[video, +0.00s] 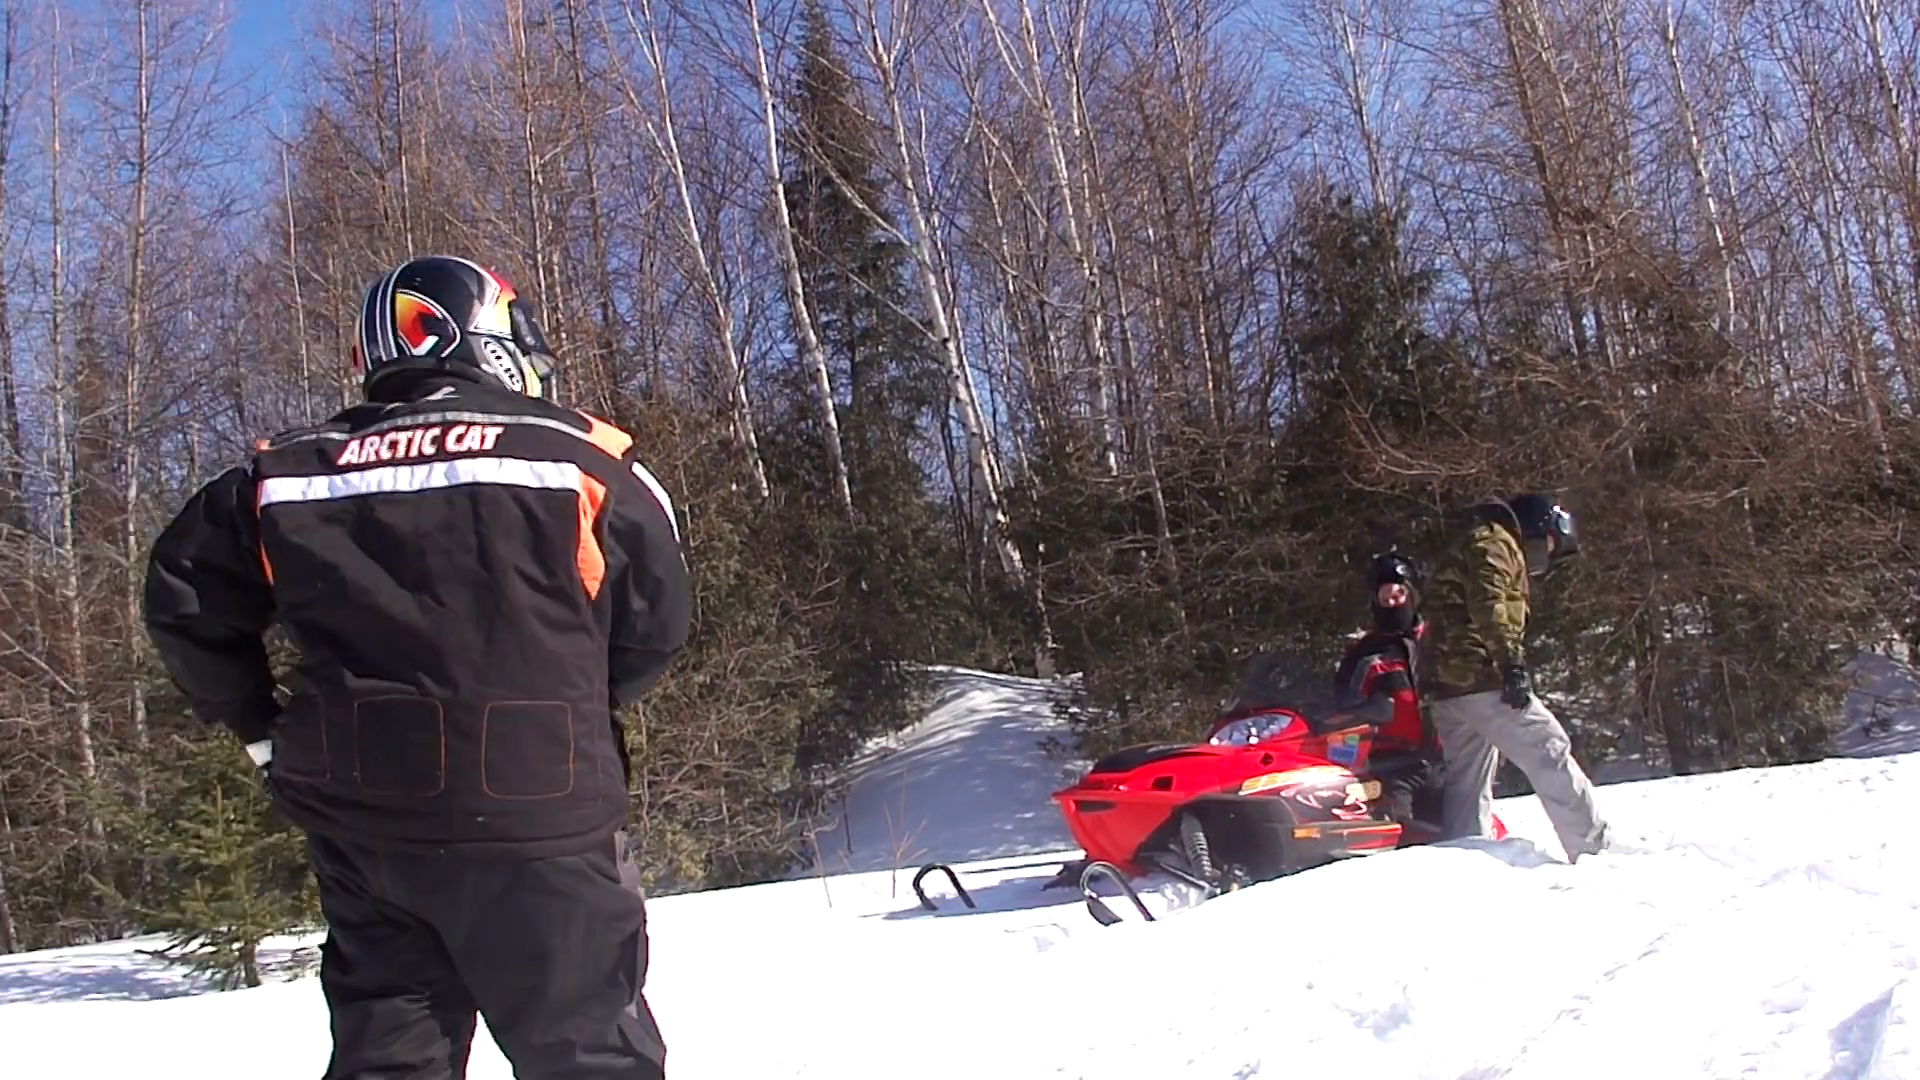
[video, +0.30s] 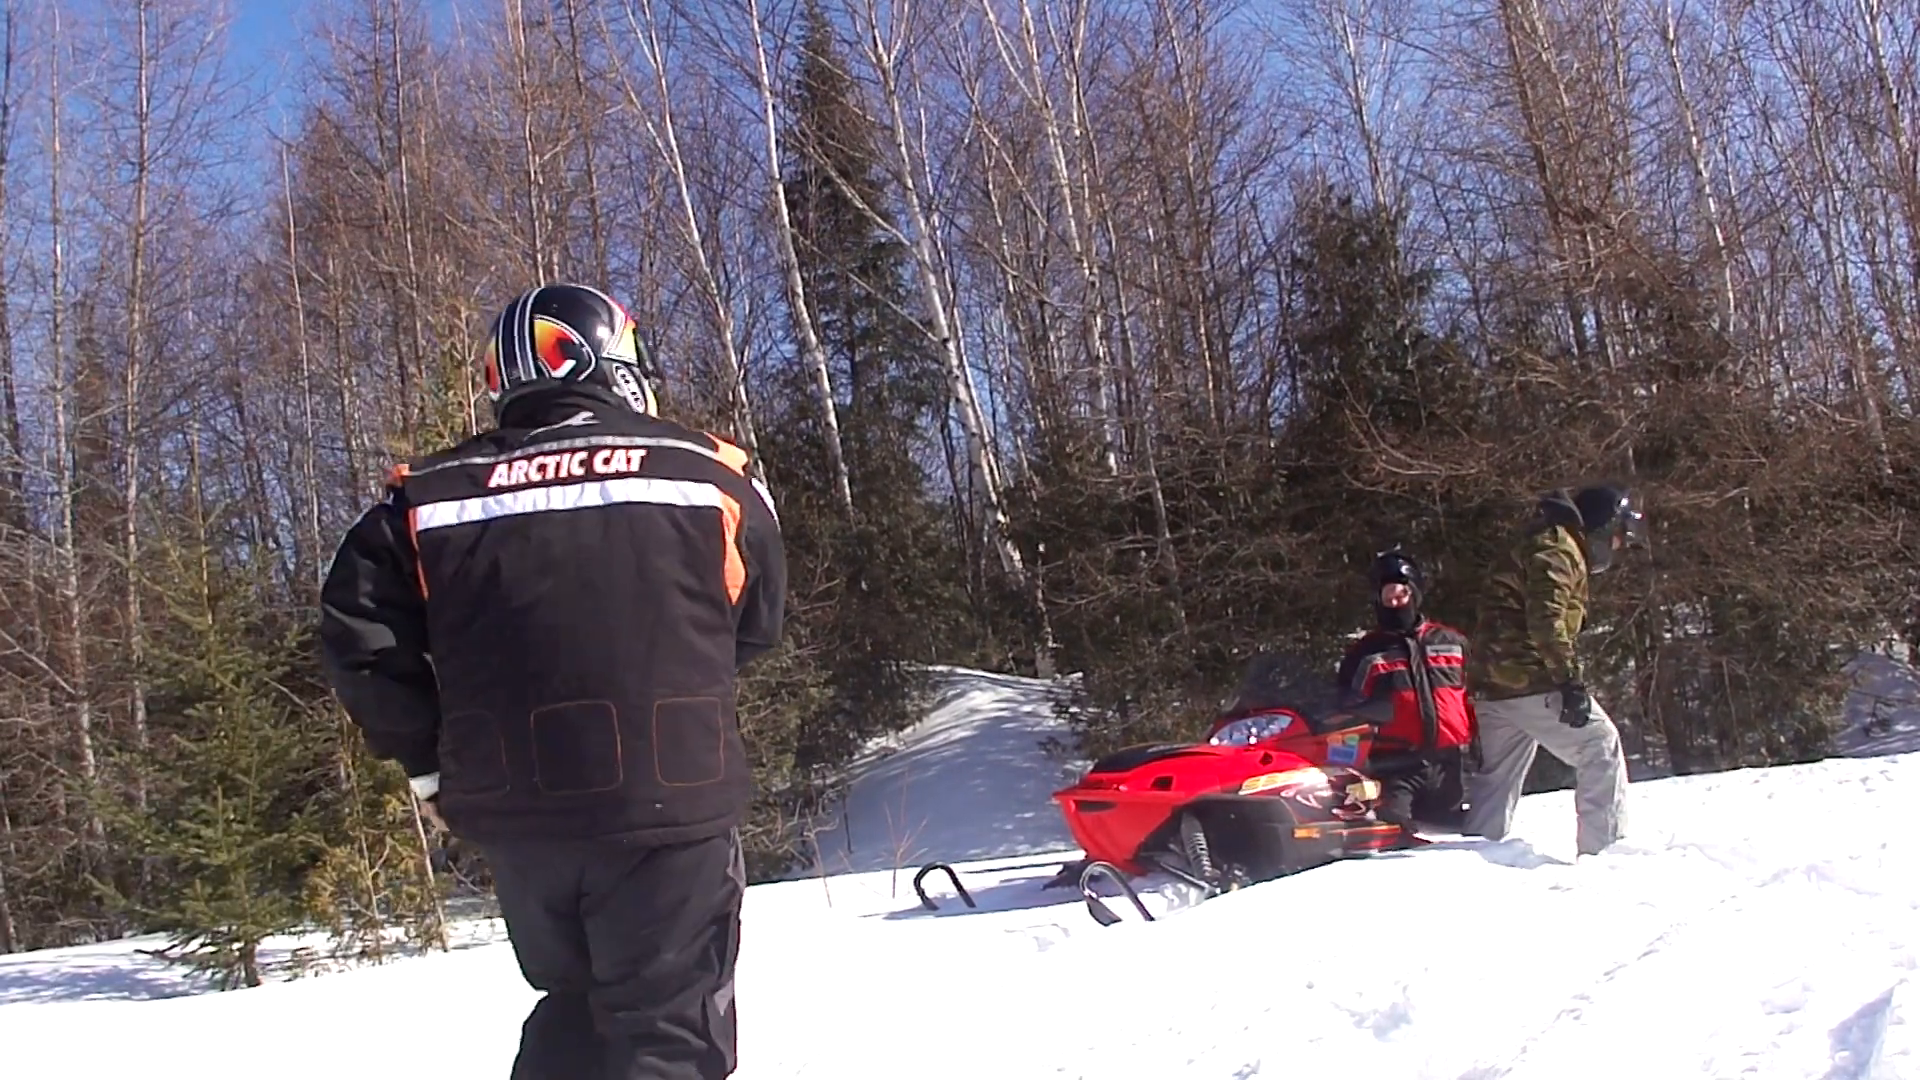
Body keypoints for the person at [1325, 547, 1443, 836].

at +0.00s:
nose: (1393, 603)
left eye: (1400, 595)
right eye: (1385, 596)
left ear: (1415, 597)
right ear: (1374, 601)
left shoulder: (1436, 643)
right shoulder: (1363, 652)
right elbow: (1343, 705)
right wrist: (1372, 708)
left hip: (1442, 760)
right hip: (1389, 765)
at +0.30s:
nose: (1396, 602)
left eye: (1403, 593)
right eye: (1389, 594)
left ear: (1416, 595)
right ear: (1377, 599)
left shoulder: (1452, 643)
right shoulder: (1365, 654)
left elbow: (1464, 698)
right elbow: (1346, 714)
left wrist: (1473, 741)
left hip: (1449, 766)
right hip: (1395, 769)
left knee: (1444, 828)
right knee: (1393, 830)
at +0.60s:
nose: (1399, 601)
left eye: (1405, 593)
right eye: (1391, 594)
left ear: (1418, 594)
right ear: (1379, 599)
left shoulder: (1455, 644)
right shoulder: (1365, 654)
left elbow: (1480, 691)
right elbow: (1347, 714)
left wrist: (1495, 737)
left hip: (1450, 766)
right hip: (1395, 769)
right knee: (1391, 836)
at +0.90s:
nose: (1398, 602)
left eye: (1405, 594)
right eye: (1391, 595)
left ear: (1419, 594)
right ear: (1380, 599)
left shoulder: (1455, 644)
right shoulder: (1366, 653)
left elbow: (1481, 693)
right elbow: (1346, 712)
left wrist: (1493, 739)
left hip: (1448, 763)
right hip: (1395, 765)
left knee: (1445, 824)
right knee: (1393, 825)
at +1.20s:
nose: (1398, 601)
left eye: (1405, 593)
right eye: (1391, 594)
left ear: (1418, 594)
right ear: (1379, 598)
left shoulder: (1455, 643)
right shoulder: (1365, 654)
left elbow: (1480, 692)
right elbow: (1346, 713)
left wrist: (1493, 738)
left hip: (1448, 765)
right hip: (1394, 767)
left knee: (1444, 830)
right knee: (1392, 830)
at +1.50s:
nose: (1397, 602)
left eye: (1404, 594)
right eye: (1390, 595)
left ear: (1418, 595)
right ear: (1379, 599)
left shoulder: (1454, 643)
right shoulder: (1366, 653)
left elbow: (1480, 692)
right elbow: (1346, 712)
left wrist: (1493, 738)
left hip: (1447, 763)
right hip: (1394, 766)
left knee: (1442, 825)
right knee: (1393, 828)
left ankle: (1486, 824)